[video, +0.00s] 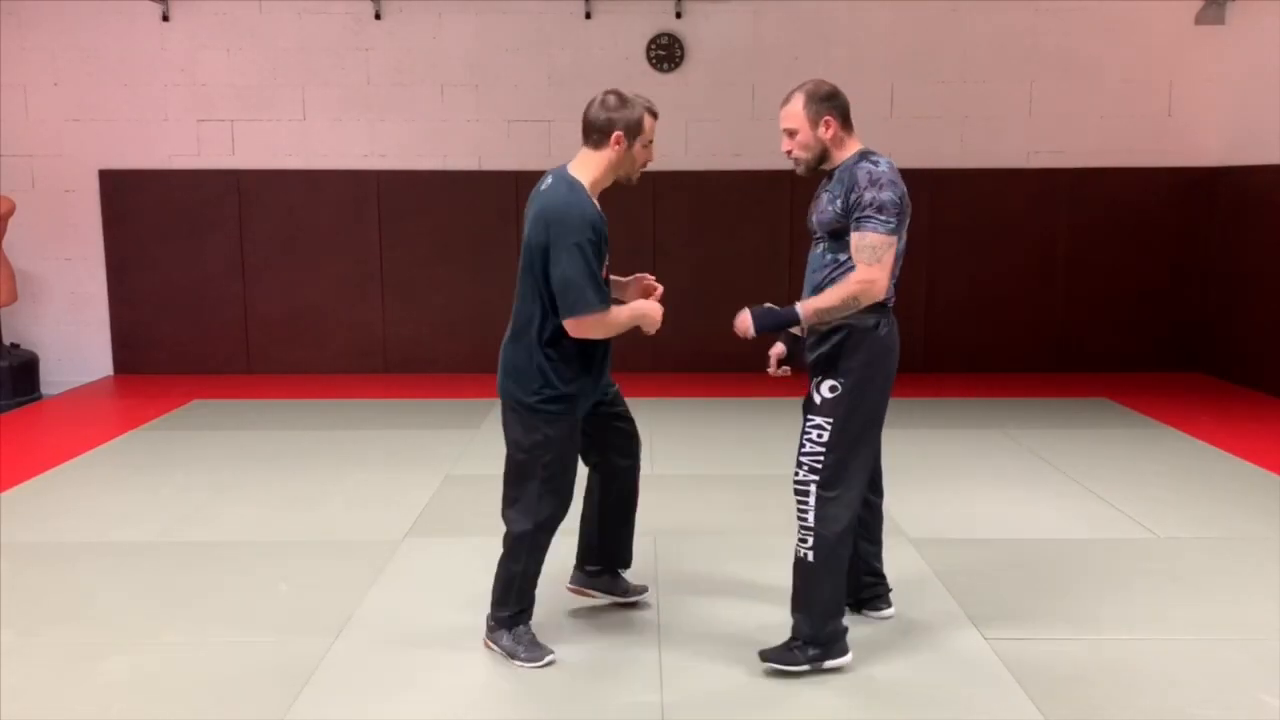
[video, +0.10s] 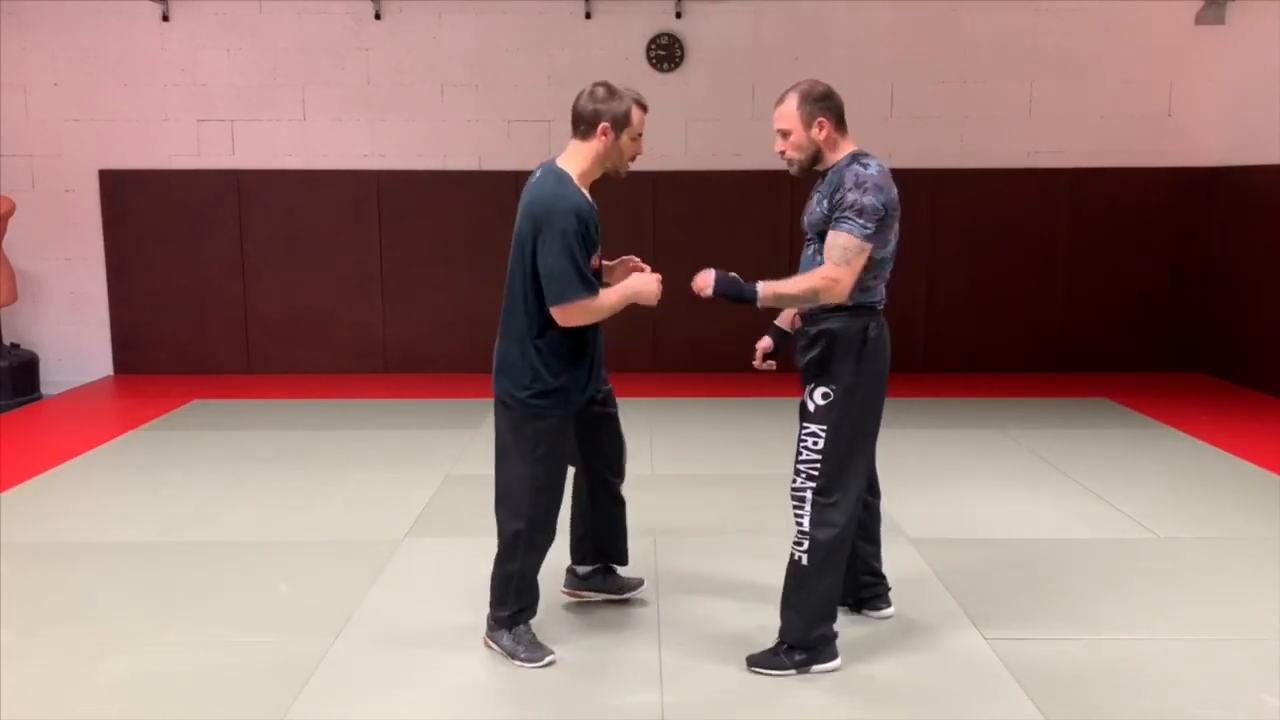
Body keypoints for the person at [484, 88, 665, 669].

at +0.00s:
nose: (651, 154)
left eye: (651, 142)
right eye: (647, 142)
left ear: (606, 141)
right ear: (618, 142)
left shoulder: (567, 191)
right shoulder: (570, 212)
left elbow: (565, 281)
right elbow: (582, 322)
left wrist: (617, 288)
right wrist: (634, 316)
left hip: (578, 372)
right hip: (544, 383)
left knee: (619, 452)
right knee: (537, 506)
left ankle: (597, 569)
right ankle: (507, 622)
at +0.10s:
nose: (641, 147)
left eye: (642, 135)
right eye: (636, 135)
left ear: (598, 132)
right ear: (606, 133)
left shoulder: (565, 187)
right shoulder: (558, 204)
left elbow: (554, 273)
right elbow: (568, 310)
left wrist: (602, 273)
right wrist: (627, 294)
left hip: (575, 372)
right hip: (535, 381)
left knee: (602, 464)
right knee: (530, 508)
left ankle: (591, 568)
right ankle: (507, 621)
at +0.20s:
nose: (634, 143)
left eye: (636, 132)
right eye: (630, 131)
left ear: (594, 128)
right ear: (598, 128)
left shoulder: (572, 189)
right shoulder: (550, 197)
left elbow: (574, 273)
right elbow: (554, 300)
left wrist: (615, 263)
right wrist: (619, 277)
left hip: (569, 374)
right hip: (529, 380)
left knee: (581, 481)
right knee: (523, 502)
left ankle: (582, 579)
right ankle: (507, 622)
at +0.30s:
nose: (635, 151)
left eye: (635, 140)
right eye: (629, 140)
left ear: (596, 138)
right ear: (596, 137)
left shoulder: (581, 196)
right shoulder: (544, 201)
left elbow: (580, 277)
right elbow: (543, 302)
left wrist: (626, 274)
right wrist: (619, 284)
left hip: (569, 372)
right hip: (524, 376)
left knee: (581, 478)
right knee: (540, 488)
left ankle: (576, 581)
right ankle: (506, 618)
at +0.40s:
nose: (633, 158)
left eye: (635, 146)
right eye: (628, 145)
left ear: (596, 139)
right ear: (595, 137)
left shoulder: (580, 198)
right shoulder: (537, 197)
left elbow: (576, 273)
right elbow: (528, 295)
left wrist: (617, 277)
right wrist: (607, 284)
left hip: (566, 373)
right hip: (522, 375)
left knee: (578, 478)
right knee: (542, 483)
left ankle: (574, 580)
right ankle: (505, 614)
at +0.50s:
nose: (627, 148)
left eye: (628, 138)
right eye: (621, 136)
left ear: (589, 132)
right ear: (589, 130)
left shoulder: (575, 193)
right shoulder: (532, 191)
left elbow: (567, 266)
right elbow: (514, 286)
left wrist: (601, 269)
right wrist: (594, 282)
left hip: (562, 369)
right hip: (519, 371)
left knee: (568, 481)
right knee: (523, 492)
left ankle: (574, 579)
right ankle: (496, 615)